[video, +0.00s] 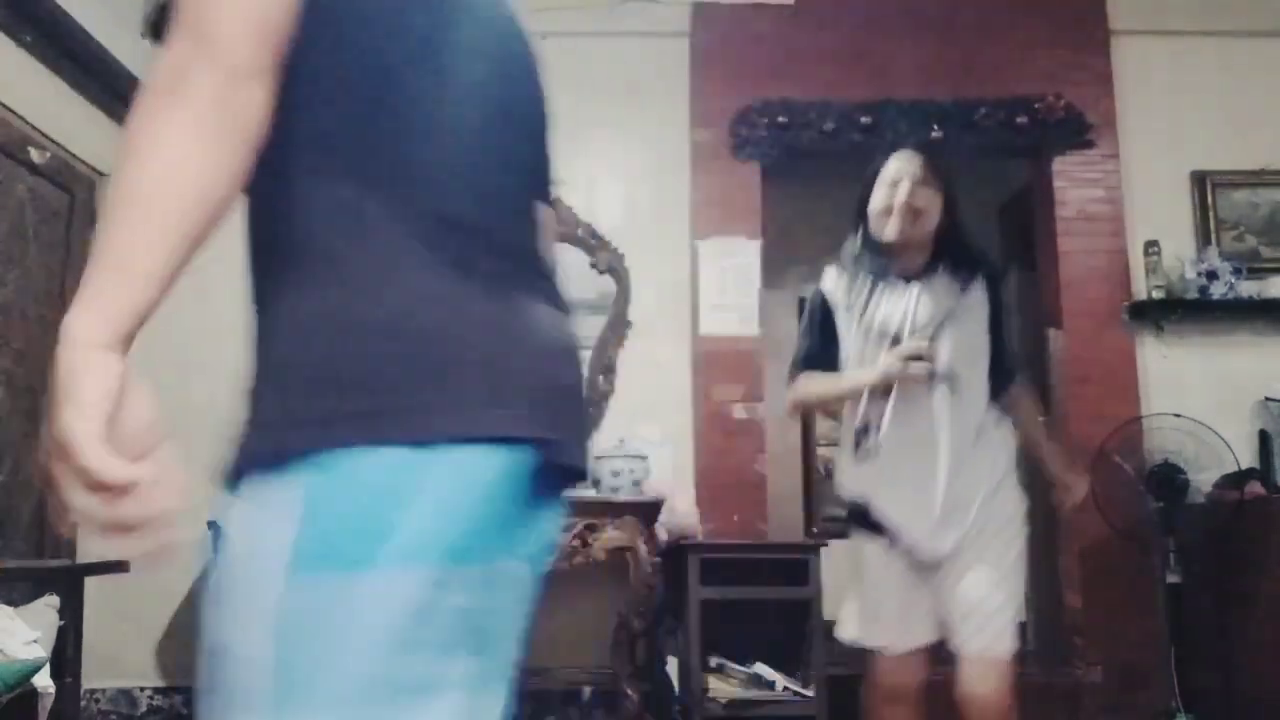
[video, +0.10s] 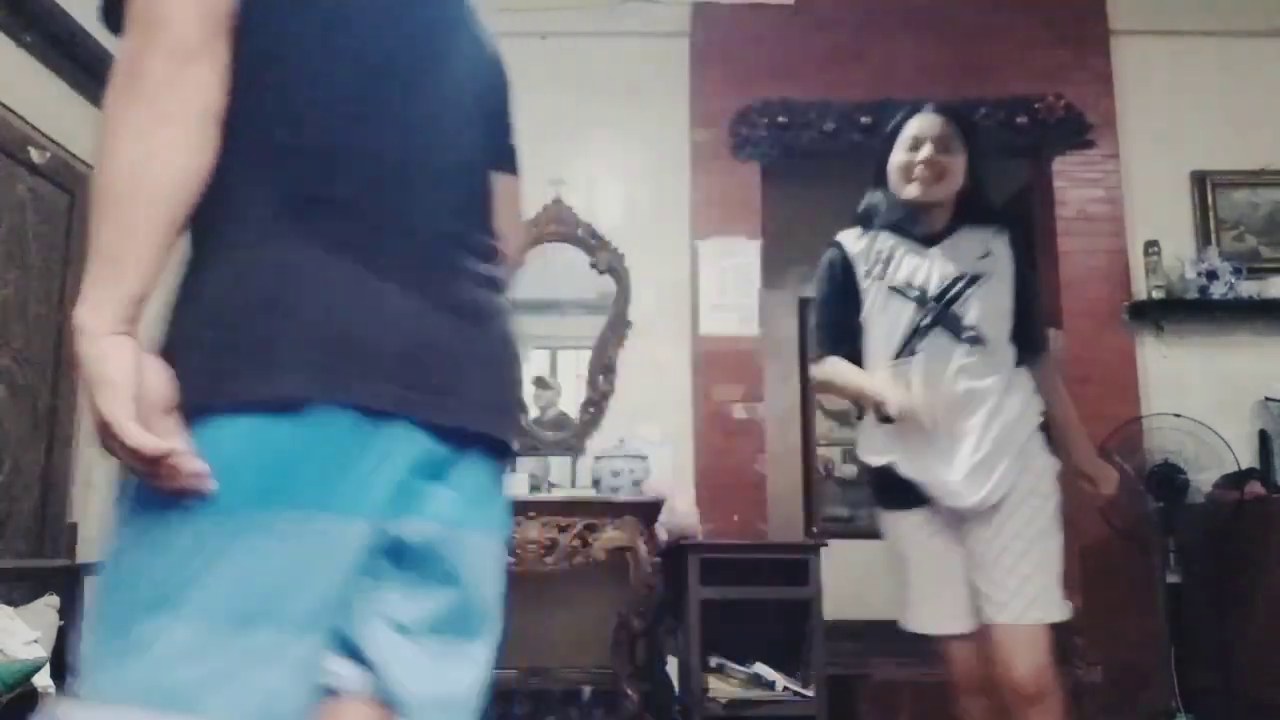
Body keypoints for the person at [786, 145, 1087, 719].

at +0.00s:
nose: (904, 201)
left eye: (921, 190)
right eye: (891, 187)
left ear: (943, 207)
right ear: (870, 200)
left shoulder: (982, 284)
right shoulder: (838, 286)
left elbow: (1010, 385)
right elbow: (800, 392)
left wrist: (1055, 461)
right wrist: (876, 376)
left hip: (981, 510)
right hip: (885, 512)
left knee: (987, 693)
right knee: (896, 685)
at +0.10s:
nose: (927, 156)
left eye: (943, 146)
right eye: (914, 144)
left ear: (967, 165)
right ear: (890, 160)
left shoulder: (1002, 245)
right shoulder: (853, 254)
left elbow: (1038, 359)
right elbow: (824, 364)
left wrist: (1083, 455)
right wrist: (878, 388)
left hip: (1012, 475)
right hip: (914, 486)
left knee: (1028, 676)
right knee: (969, 681)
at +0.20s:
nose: (945, 164)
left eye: (964, 152)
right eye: (929, 151)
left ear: (990, 175)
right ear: (904, 170)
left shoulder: (1026, 251)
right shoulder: (876, 262)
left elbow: (1054, 371)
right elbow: (857, 384)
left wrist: (1092, 482)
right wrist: (901, 479)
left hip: (1052, 480)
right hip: (956, 493)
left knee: (1086, 686)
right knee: (1033, 695)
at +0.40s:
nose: (949, 150)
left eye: (970, 133)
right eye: (930, 136)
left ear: (1001, 153)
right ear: (904, 159)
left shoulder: (1058, 244)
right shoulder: (883, 272)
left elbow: (1117, 372)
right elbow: (880, 418)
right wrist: (898, 553)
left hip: (1117, 521)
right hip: (997, 549)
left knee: (1169, 705)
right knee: (1069, 713)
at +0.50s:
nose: (926, 95)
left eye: (947, 75)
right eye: (905, 79)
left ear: (983, 93)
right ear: (878, 102)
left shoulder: (1046, 181)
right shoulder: (856, 222)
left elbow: (1142, 285)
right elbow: (842, 349)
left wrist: (1219, 263)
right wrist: (883, 461)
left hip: (1099, 495)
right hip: (966, 513)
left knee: (1156, 707)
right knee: (1027, 710)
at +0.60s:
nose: (871, 47)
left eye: (898, 26)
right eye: (848, 29)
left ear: (938, 45)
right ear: (821, 50)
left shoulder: (1013, 135)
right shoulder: (810, 185)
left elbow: (1137, 248)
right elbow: (822, 332)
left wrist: (1096, 211)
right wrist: (837, 408)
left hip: (1058, 472)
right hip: (909, 492)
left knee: (1116, 703)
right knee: (928, 708)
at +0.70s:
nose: (785, 47)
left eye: (813, 24)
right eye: (763, 33)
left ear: (864, 39)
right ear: (741, 66)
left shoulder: (958, 129)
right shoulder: (757, 227)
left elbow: (1071, 263)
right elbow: (789, 394)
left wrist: (961, 306)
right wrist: (791, 531)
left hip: (1031, 502)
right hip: (883, 529)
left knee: (1078, 709)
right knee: (820, 706)